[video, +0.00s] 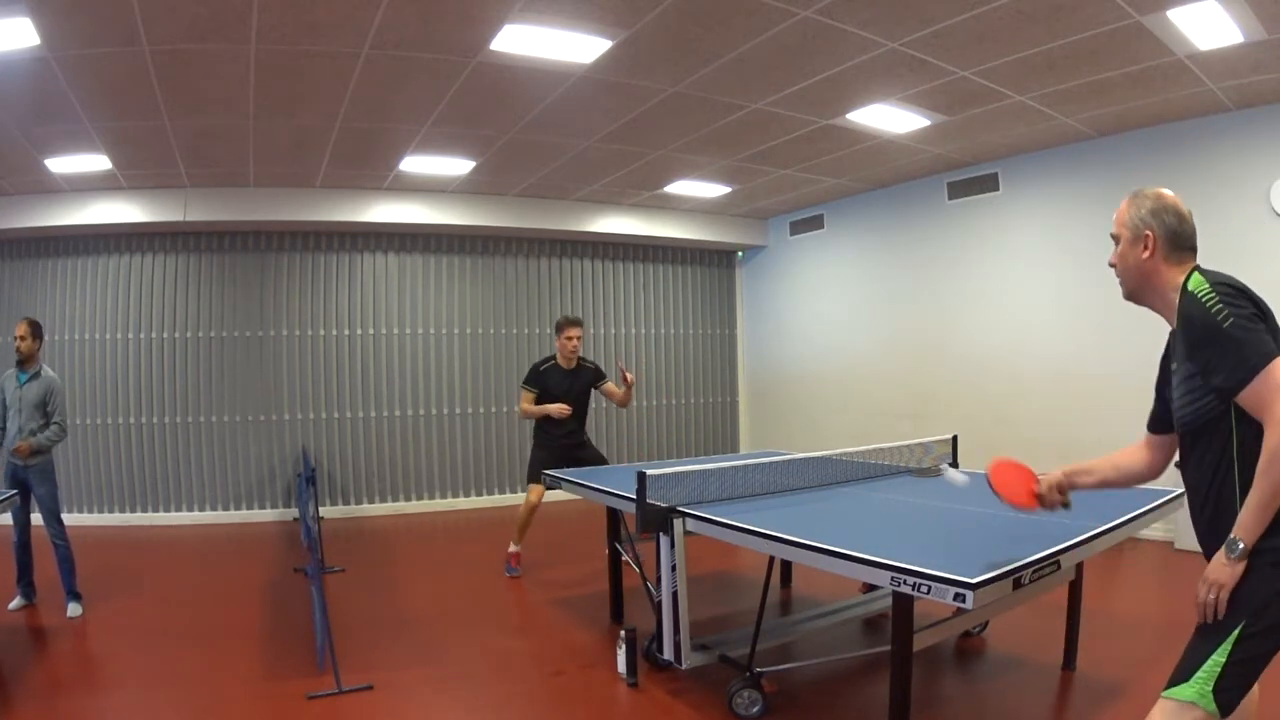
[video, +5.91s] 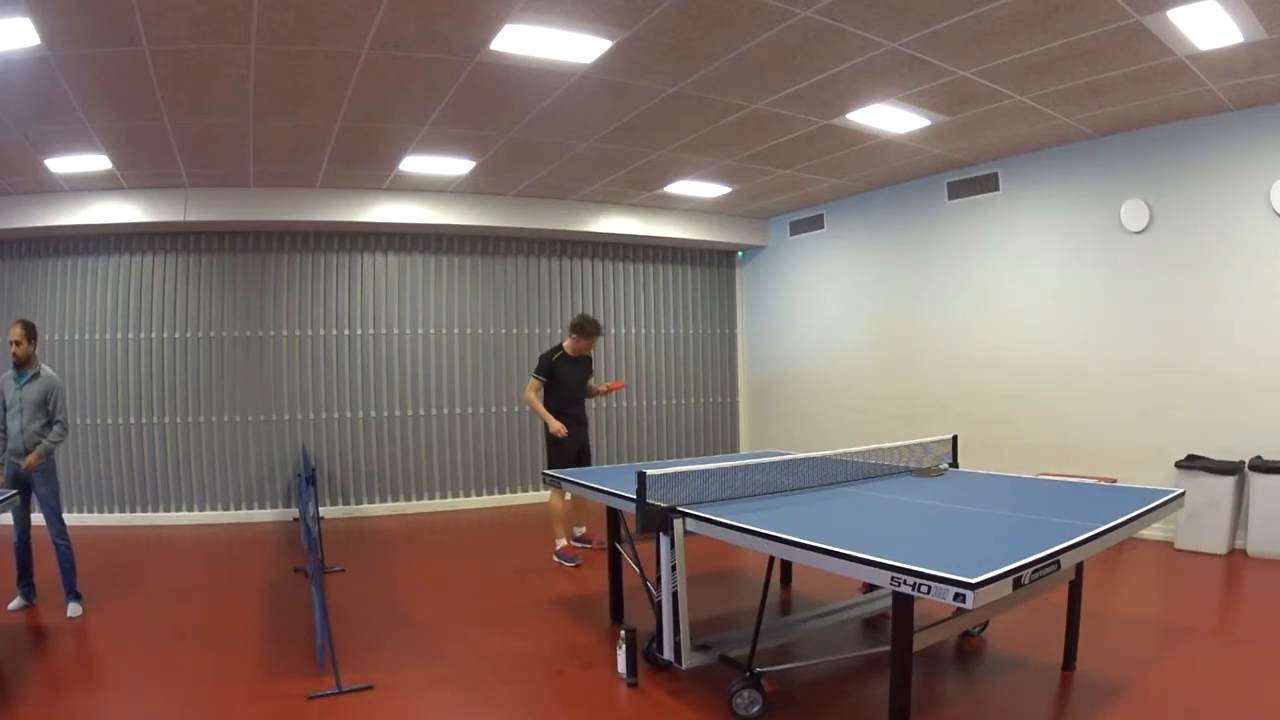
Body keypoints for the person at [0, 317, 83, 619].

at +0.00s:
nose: (17, 343)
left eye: (23, 338)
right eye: (15, 338)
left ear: (38, 343)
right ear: (15, 343)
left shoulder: (50, 382)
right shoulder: (6, 380)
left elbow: (60, 427)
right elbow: (4, 420)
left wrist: (34, 444)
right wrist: (5, 447)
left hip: (39, 465)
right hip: (10, 464)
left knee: (55, 531)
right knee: (20, 532)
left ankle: (72, 596)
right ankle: (26, 592)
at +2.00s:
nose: (28, 352)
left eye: (33, 347)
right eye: (25, 347)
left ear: (44, 347)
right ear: (20, 346)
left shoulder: (57, 385)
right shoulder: (8, 381)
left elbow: (69, 427)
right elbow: (3, 425)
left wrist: (59, 453)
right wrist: (5, 466)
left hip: (47, 465)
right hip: (17, 465)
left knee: (60, 532)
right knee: (22, 533)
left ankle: (73, 596)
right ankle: (26, 593)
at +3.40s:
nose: (18, 343)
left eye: (24, 338)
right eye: (16, 338)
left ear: (38, 343)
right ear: (14, 343)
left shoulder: (53, 384)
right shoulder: (6, 380)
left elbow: (61, 428)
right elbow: (4, 416)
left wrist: (42, 449)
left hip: (40, 464)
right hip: (11, 464)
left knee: (57, 533)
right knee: (19, 533)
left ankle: (72, 596)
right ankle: (26, 593)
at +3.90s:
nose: (17, 345)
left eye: (23, 340)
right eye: (15, 340)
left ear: (38, 344)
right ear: (13, 344)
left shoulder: (52, 383)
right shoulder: (6, 380)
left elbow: (61, 428)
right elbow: (2, 415)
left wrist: (41, 450)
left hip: (41, 464)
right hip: (11, 464)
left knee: (57, 532)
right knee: (20, 533)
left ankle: (72, 596)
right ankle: (26, 593)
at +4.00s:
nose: (17, 345)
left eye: (23, 340)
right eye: (15, 340)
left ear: (38, 344)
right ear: (13, 344)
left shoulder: (52, 383)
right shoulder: (7, 379)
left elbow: (62, 428)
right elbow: (3, 420)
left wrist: (41, 450)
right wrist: (1, 403)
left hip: (41, 463)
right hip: (11, 464)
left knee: (57, 531)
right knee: (20, 533)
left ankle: (72, 596)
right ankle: (26, 593)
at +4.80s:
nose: (18, 345)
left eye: (24, 340)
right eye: (15, 340)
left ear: (38, 344)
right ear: (13, 343)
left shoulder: (52, 382)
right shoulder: (6, 381)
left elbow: (62, 428)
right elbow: (3, 419)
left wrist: (42, 451)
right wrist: (8, 448)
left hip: (41, 463)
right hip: (11, 463)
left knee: (57, 531)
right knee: (20, 532)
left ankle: (73, 596)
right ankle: (26, 593)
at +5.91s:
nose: (12, 348)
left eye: (18, 343)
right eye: (10, 343)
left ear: (33, 345)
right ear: (10, 345)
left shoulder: (49, 381)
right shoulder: (5, 381)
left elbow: (61, 426)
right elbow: (3, 425)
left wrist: (39, 453)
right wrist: (3, 463)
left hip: (41, 463)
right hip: (12, 463)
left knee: (57, 531)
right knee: (20, 532)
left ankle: (72, 596)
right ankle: (26, 593)